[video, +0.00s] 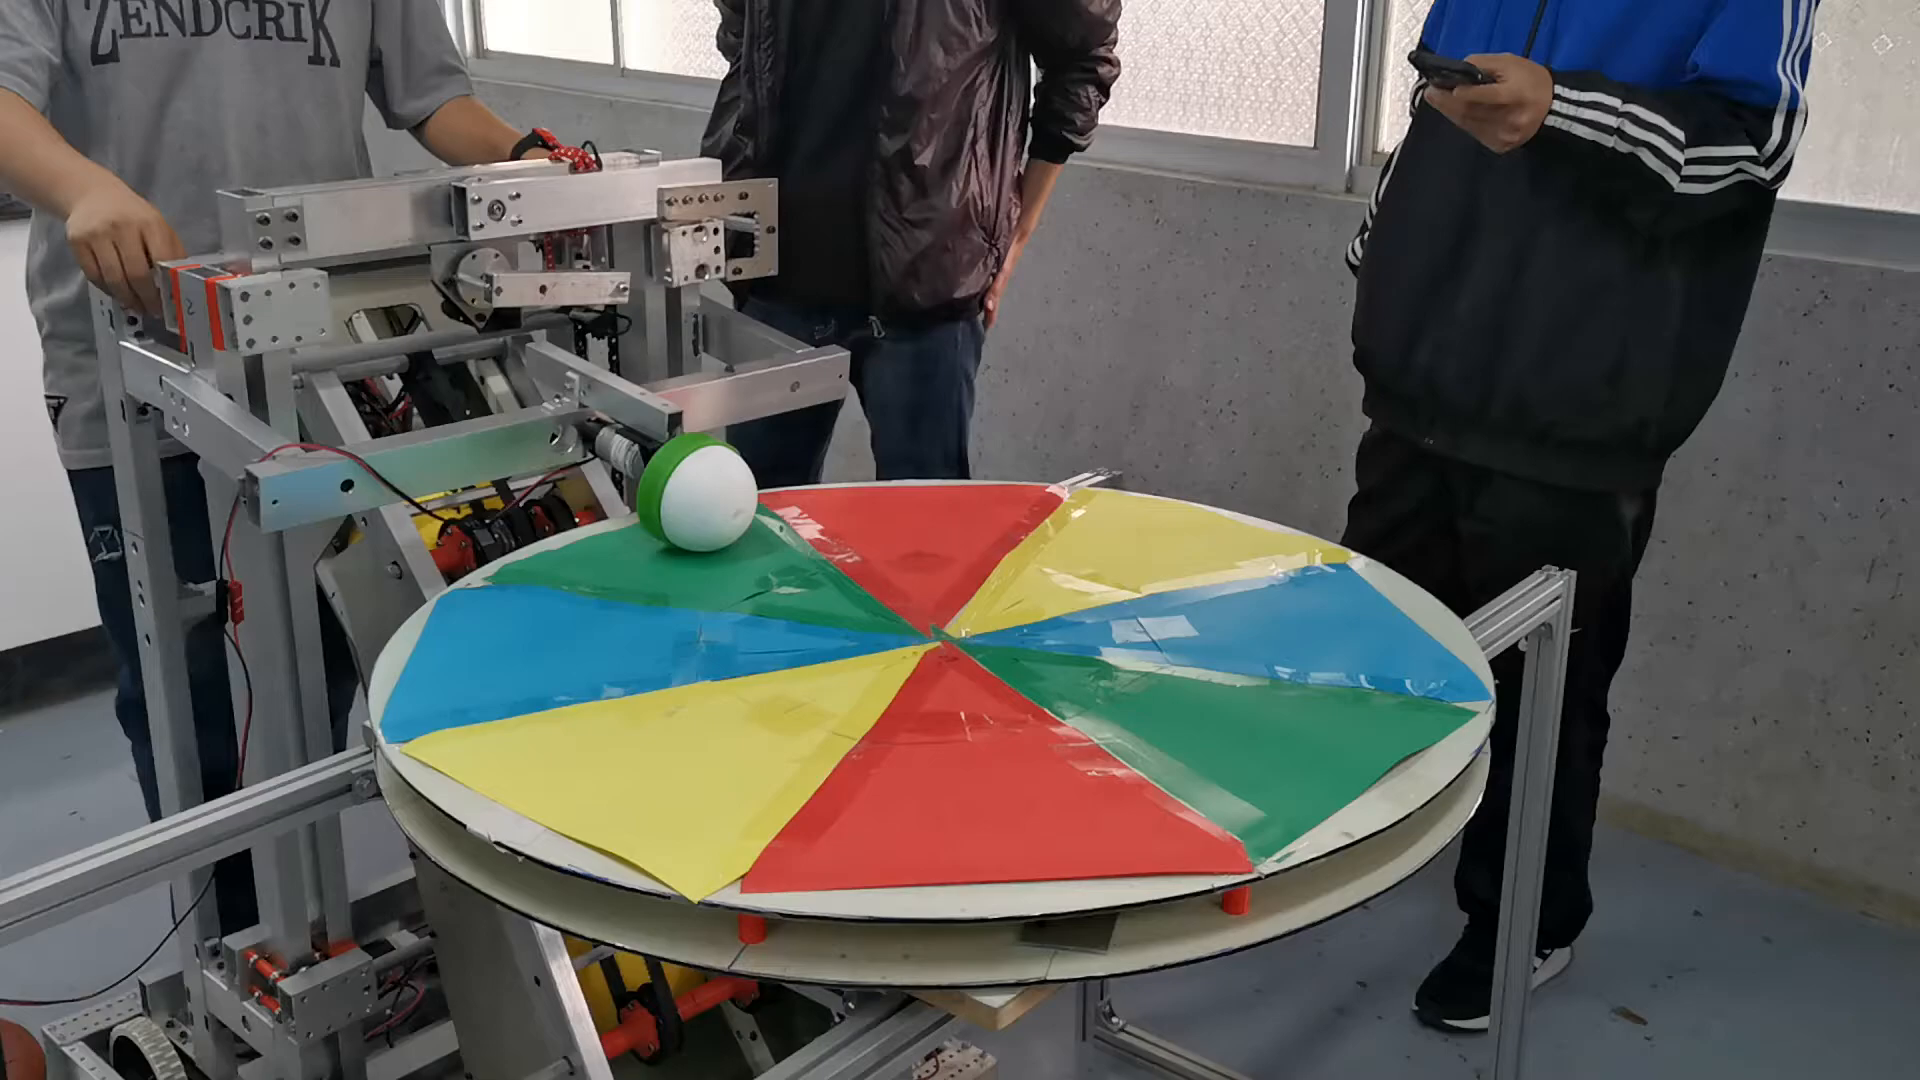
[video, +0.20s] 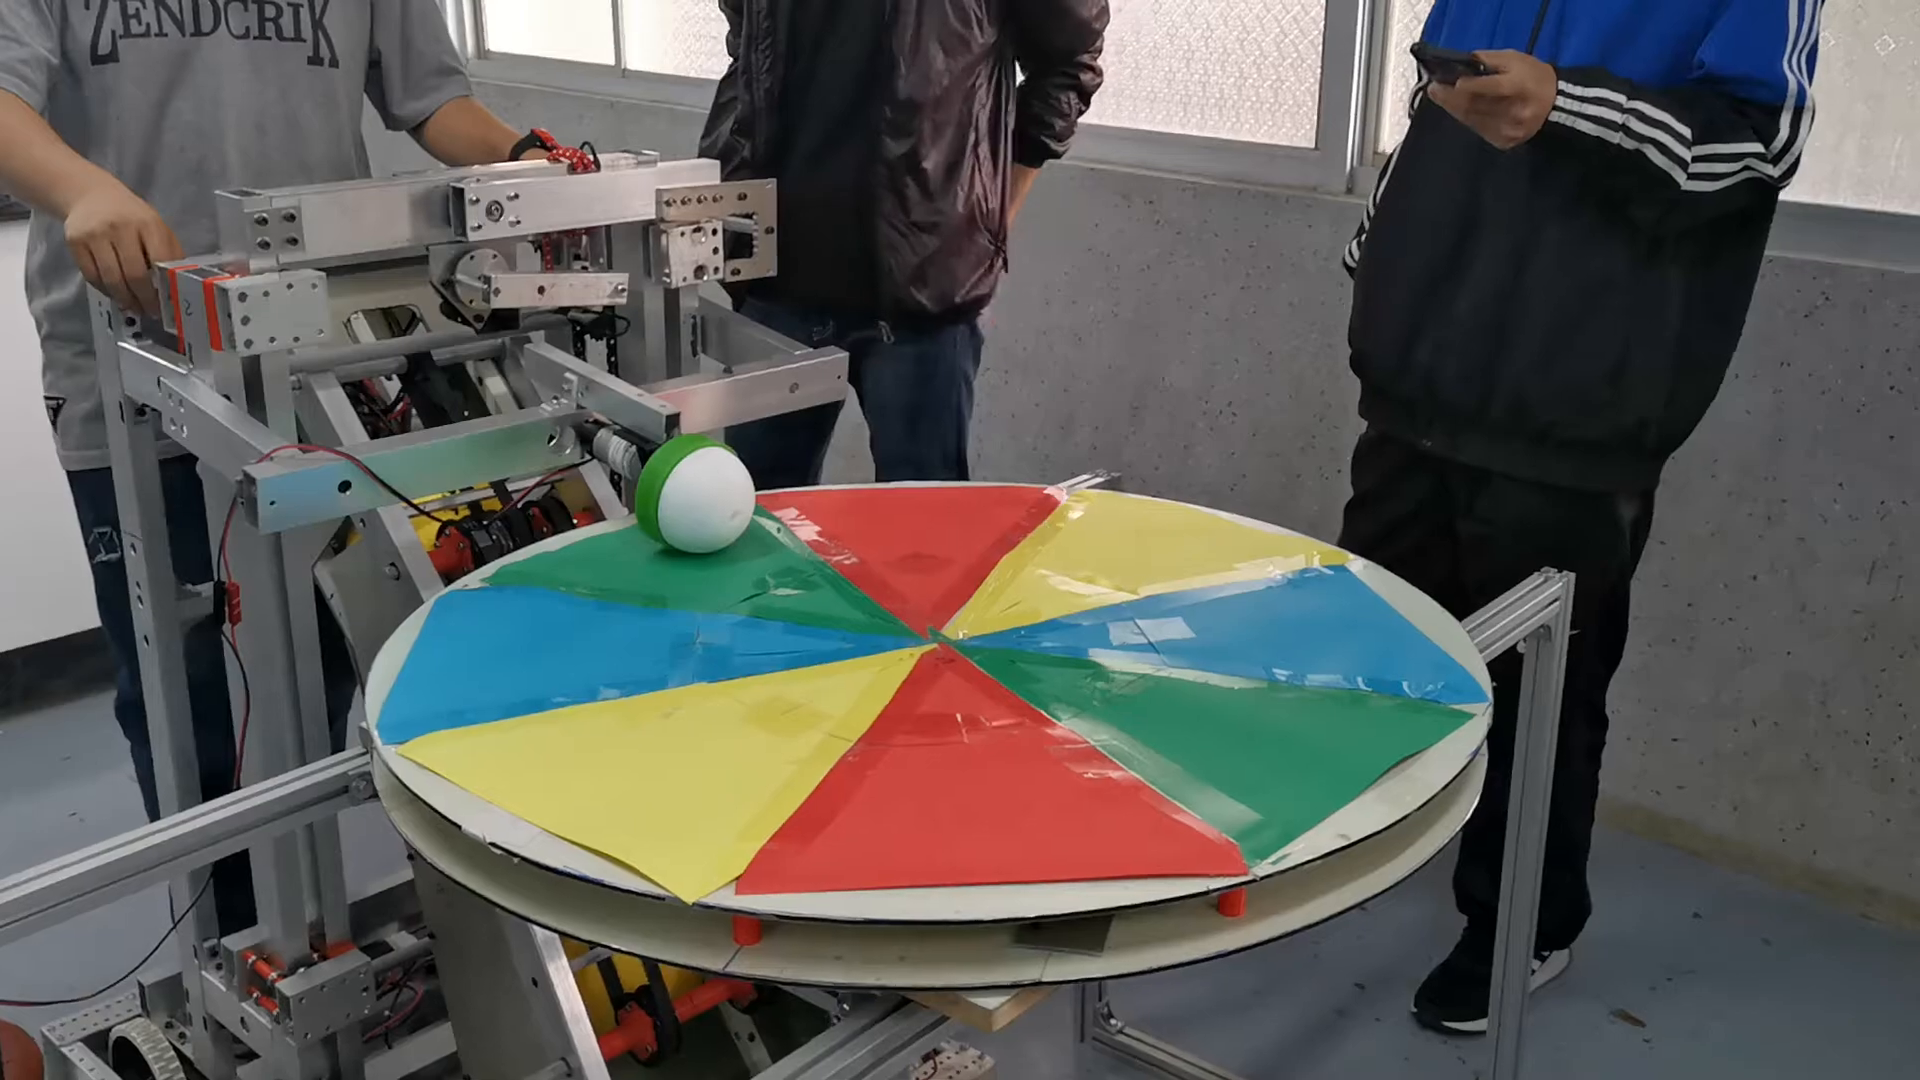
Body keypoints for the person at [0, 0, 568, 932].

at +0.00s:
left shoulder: (381, 7)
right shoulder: (47, 8)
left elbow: (429, 89)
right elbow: (5, 101)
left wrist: (528, 157)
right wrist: (83, 186)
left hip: (319, 366)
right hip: (126, 371)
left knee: (321, 664)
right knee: (180, 694)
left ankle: (309, 910)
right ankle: (229, 943)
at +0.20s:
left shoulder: (380, 6)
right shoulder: (46, 8)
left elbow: (428, 90)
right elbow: (4, 101)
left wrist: (527, 158)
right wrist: (82, 187)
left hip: (320, 367)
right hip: (127, 371)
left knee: (322, 668)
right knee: (180, 701)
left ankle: (308, 920)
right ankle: (228, 951)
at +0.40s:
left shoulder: (381, 6)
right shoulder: (46, 8)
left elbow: (428, 90)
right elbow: (3, 102)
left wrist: (529, 160)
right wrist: (79, 187)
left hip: (320, 366)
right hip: (126, 370)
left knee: (322, 667)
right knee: (179, 696)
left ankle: (307, 919)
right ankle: (228, 947)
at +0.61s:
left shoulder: (378, 6)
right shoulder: (44, 8)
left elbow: (426, 89)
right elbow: (2, 104)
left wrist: (525, 157)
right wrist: (76, 187)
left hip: (319, 365)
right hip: (126, 370)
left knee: (322, 665)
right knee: (178, 694)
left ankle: (308, 916)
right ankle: (227, 945)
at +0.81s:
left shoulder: (378, 7)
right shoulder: (42, 9)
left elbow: (427, 86)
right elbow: (1, 104)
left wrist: (525, 156)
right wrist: (75, 185)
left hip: (320, 365)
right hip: (125, 369)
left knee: (327, 662)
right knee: (176, 690)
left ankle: (313, 914)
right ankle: (226, 941)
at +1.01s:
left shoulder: (374, 4)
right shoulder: (44, 10)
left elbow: (427, 81)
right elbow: (3, 97)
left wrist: (522, 151)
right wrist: (72, 178)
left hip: (320, 360)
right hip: (122, 366)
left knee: (326, 654)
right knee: (174, 682)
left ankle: (317, 907)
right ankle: (228, 934)